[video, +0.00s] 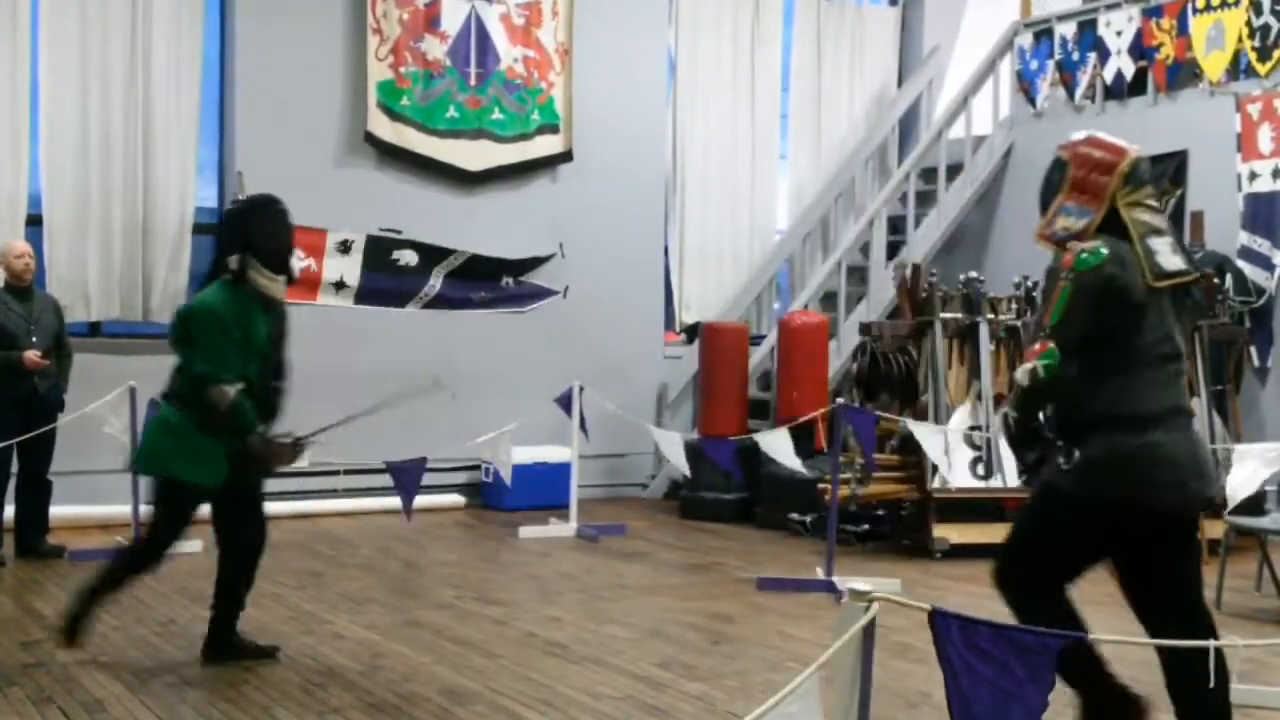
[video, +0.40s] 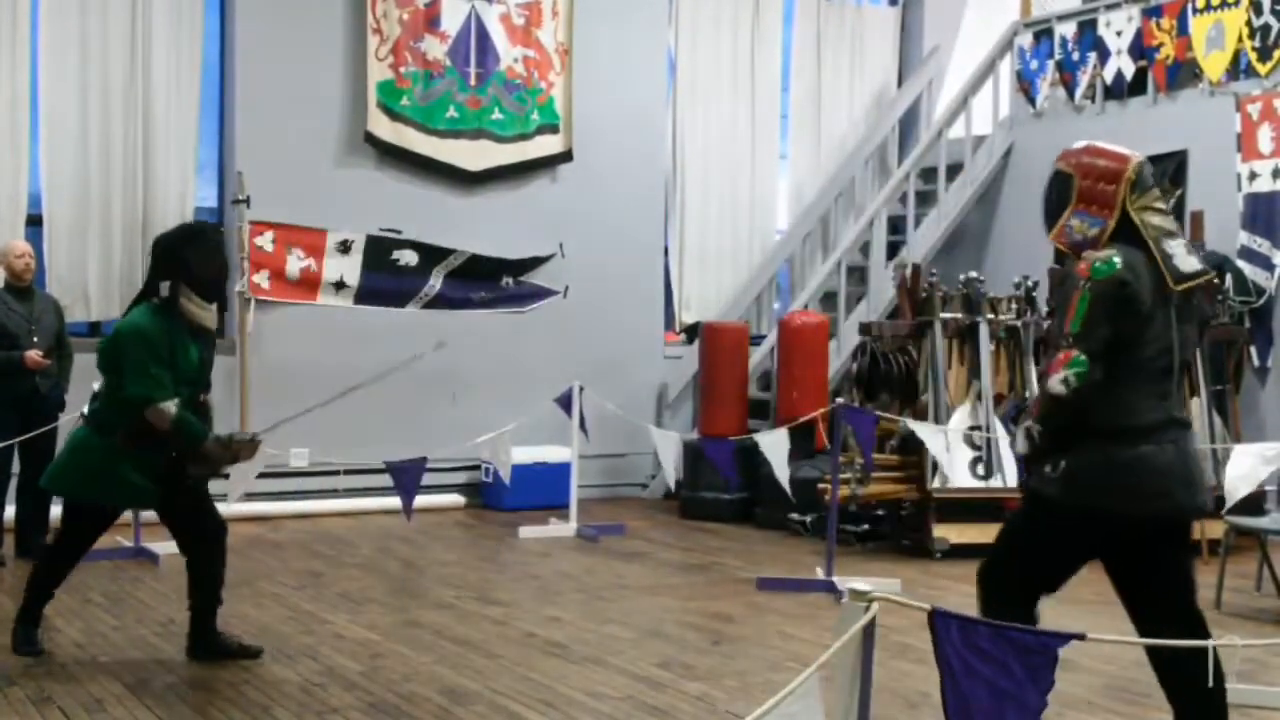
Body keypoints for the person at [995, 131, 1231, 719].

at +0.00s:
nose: (1051, 211)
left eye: (1059, 197)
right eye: (1054, 197)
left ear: (1082, 196)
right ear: (1114, 197)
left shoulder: (1097, 263)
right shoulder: (1148, 253)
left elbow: (1063, 364)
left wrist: (1029, 382)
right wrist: (1049, 363)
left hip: (1116, 467)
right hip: (1170, 463)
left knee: (1021, 573)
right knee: (1181, 622)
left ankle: (1104, 699)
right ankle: (1208, 714)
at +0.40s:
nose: (1057, 223)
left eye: (1062, 206)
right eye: (1056, 207)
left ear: (1093, 204)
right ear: (1123, 201)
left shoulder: (1109, 269)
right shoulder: (1171, 262)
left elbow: (1075, 379)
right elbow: (1172, 375)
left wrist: (1040, 431)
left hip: (1100, 476)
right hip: (1160, 474)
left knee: (1004, 581)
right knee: (1174, 624)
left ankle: (1010, 707)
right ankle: (1207, 713)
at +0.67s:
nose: (984, 234)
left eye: (993, 222)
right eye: (988, 220)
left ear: (1019, 226)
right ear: (1051, 223)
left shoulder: (1030, 289)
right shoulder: (1088, 280)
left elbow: (1018, 398)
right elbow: (1083, 389)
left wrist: (977, 444)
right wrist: (992, 418)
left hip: (1036, 493)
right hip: (1093, 486)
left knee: (952, 607)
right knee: (1106, 617)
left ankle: (933, 711)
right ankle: (1181, 714)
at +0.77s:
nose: (945, 242)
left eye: (951, 227)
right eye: (947, 227)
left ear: (979, 225)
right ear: (1013, 221)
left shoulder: (993, 286)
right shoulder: (1060, 277)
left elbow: (988, 390)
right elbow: (1066, 383)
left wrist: (957, 432)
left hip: (1015, 483)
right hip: (1075, 477)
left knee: (945, 600)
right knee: (1075, 605)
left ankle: (931, 711)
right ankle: (1165, 706)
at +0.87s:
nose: (926, 244)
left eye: (932, 231)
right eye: (928, 231)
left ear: (956, 229)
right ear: (990, 223)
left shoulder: (982, 284)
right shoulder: (1038, 276)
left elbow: (979, 392)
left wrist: (942, 426)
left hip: (1014, 484)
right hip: (1067, 480)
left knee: (938, 593)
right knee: (1069, 608)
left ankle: (930, 708)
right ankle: (1137, 712)